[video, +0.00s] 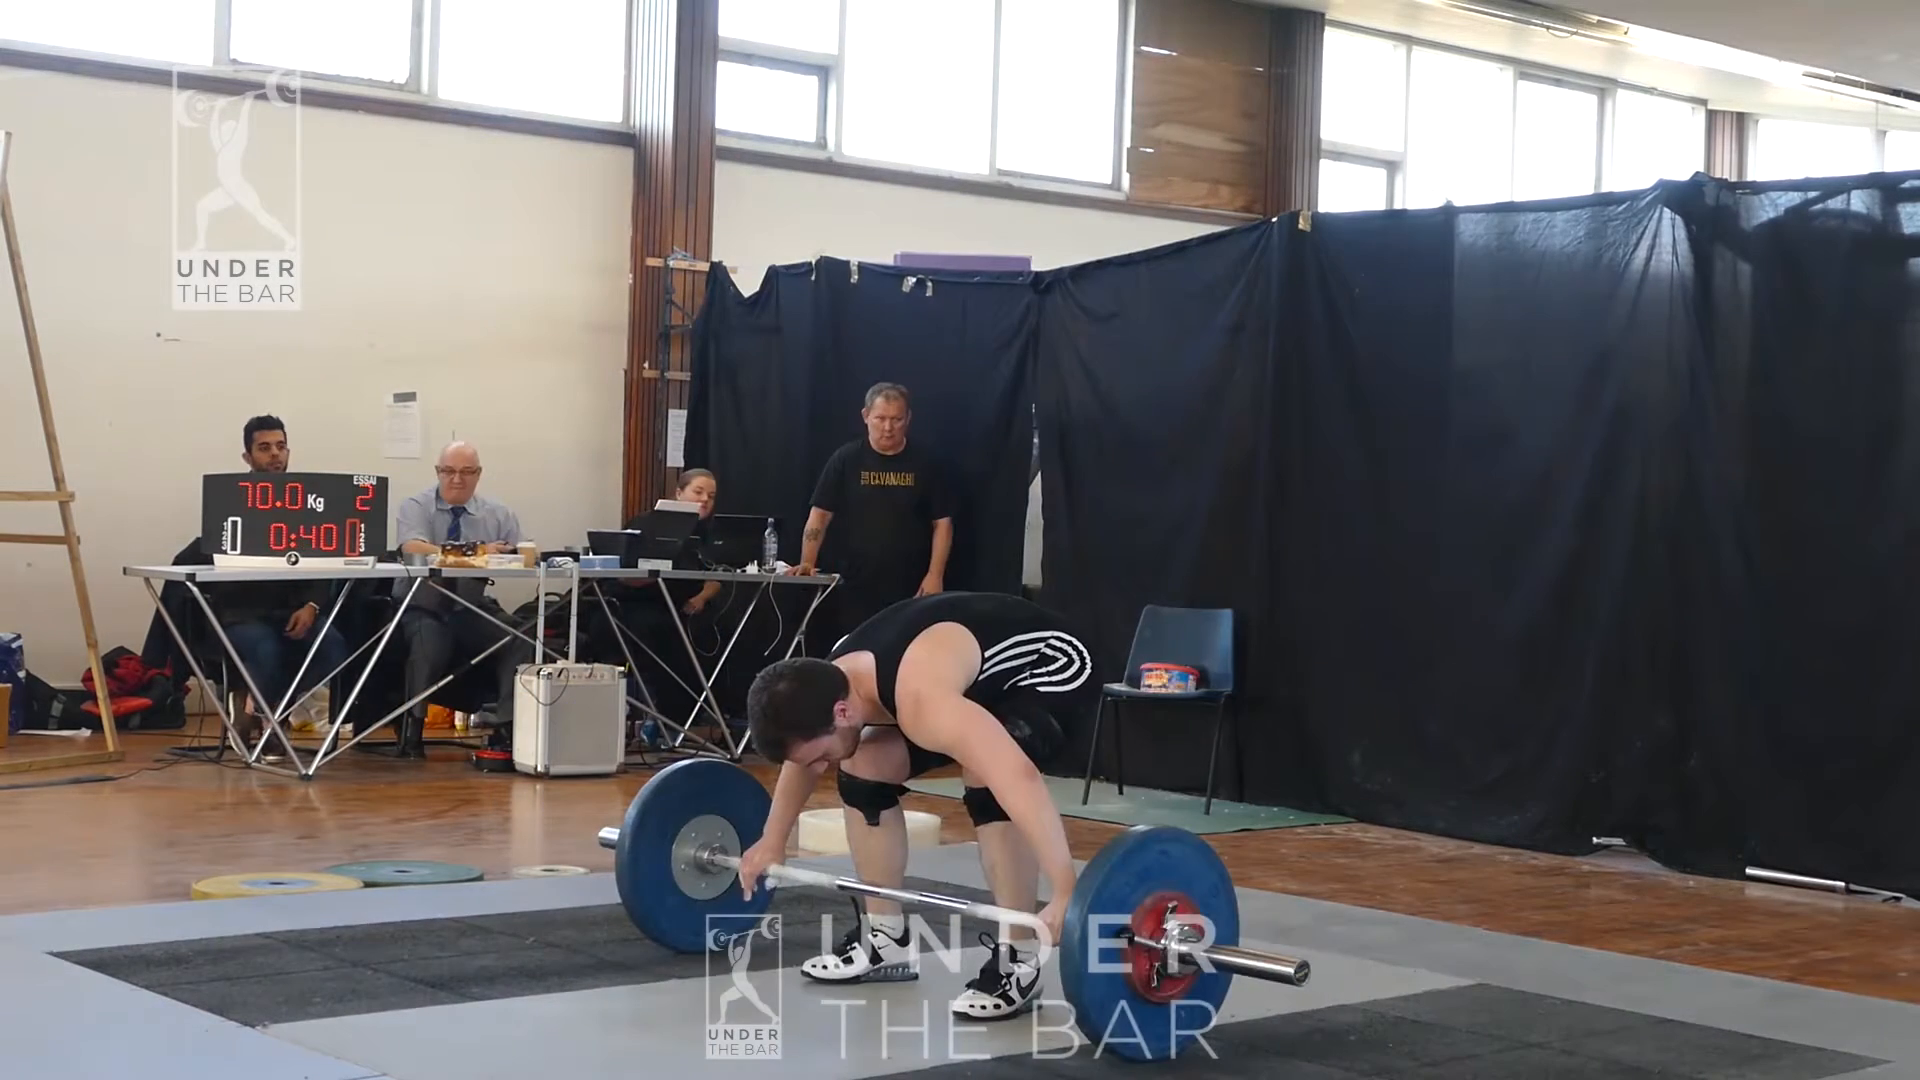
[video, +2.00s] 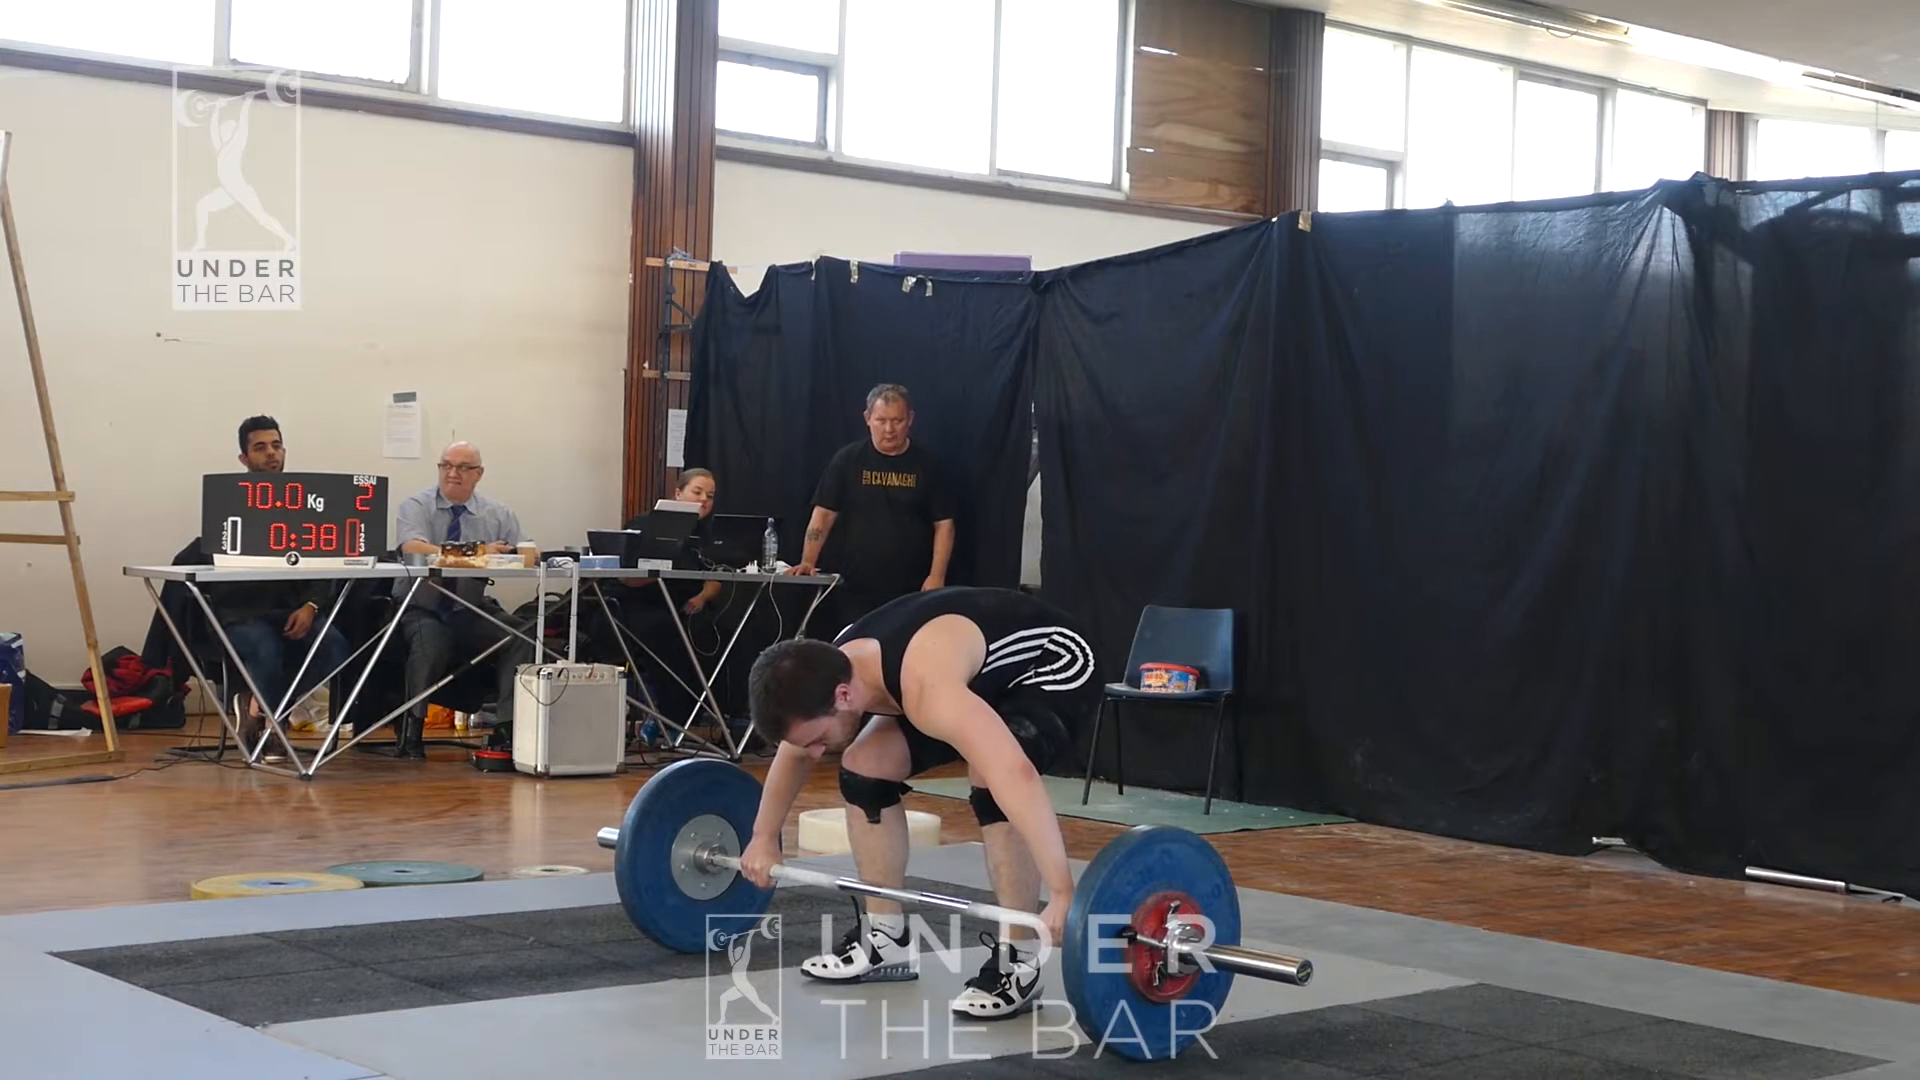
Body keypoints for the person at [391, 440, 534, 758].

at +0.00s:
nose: (457, 479)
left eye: (466, 472)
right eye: (449, 471)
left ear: (479, 475)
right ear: (437, 472)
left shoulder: (499, 514)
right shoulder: (415, 506)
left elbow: (527, 557)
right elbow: (411, 548)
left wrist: (499, 554)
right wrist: (469, 552)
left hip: (475, 606)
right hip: (424, 606)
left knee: (517, 640)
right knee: (429, 643)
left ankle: (508, 731)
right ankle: (413, 732)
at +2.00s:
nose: (453, 474)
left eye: (463, 468)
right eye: (446, 466)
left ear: (479, 474)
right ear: (438, 469)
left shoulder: (499, 514)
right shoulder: (416, 505)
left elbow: (530, 555)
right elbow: (411, 546)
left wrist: (501, 552)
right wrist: (464, 554)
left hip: (475, 608)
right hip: (423, 607)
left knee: (519, 638)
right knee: (430, 643)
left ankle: (507, 731)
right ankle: (412, 734)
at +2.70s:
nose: (453, 474)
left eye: (464, 468)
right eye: (447, 466)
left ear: (479, 475)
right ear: (438, 470)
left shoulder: (500, 515)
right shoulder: (417, 505)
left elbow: (530, 555)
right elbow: (411, 548)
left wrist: (500, 552)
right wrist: (467, 554)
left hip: (474, 609)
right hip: (423, 607)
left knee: (520, 637)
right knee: (431, 643)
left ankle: (508, 730)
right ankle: (412, 733)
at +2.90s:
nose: (456, 474)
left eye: (466, 468)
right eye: (448, 467)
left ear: (480, 475)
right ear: (438, 471)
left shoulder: (500, 515)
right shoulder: (417, 505)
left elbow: (530, 555)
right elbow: (411, 548)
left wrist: (500, 552)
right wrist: (466, 554)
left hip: (475, 609)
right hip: (424, 608)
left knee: (520, 637)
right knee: (431, 644)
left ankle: (508, 730)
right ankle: (412, 734)